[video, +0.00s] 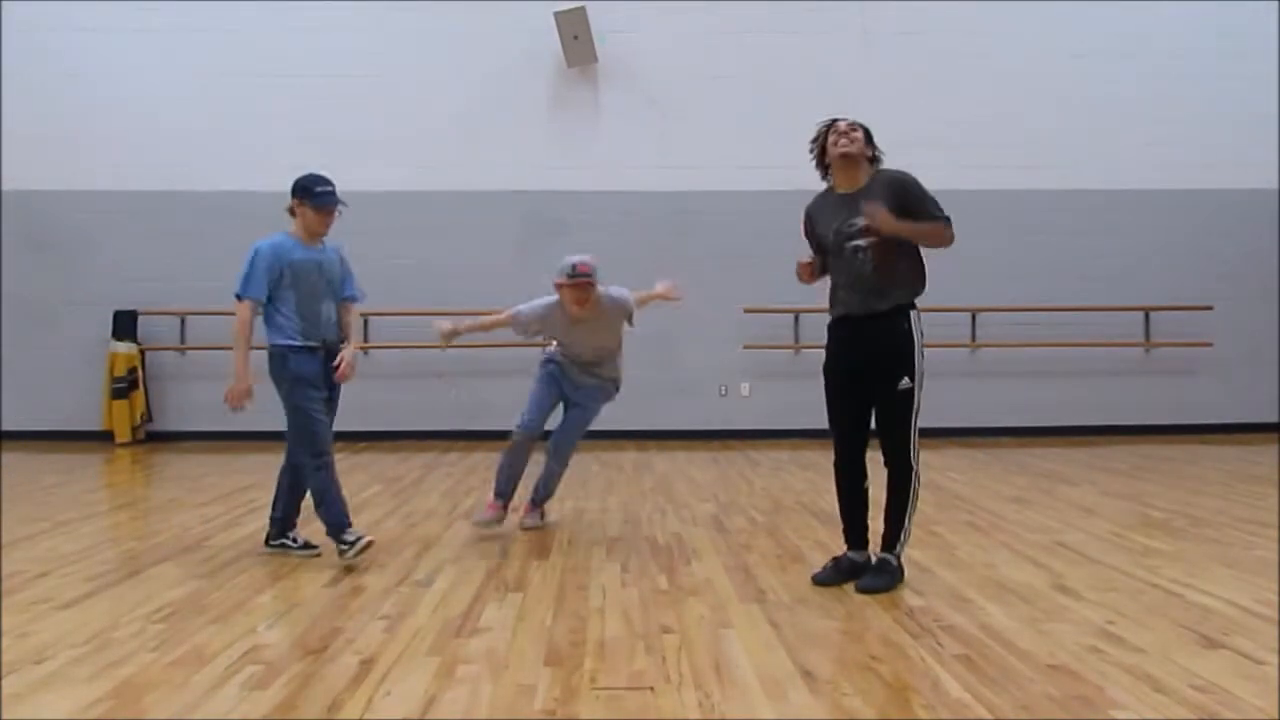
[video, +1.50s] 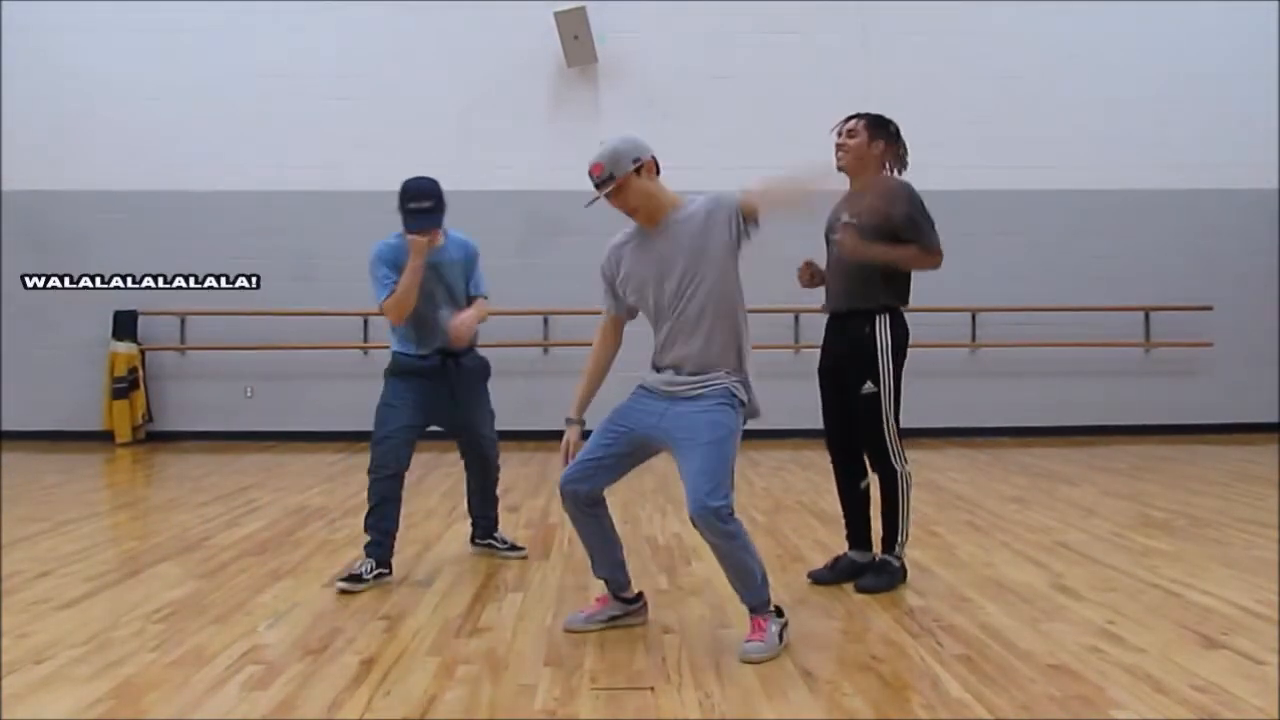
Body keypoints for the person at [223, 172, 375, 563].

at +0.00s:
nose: (329, 219)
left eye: (332, 211)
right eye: (321, 211)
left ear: (335, 211)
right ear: (297, 208)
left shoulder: (333, 254)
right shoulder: (270, 251)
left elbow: (348, 306)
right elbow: (245, 312)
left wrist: (351, 344)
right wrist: (242, 375)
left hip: (329, 356)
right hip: (291, 356)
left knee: (305, 445)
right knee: (317, 442)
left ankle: (280, 530)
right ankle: (342, 532)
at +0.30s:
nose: (366, 216)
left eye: (370, 208)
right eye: (358, 208)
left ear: (375, 207)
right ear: (334, 205)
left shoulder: (377, 248)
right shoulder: (312, 253)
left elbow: (388, 303)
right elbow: (290, 316)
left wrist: (394, 354)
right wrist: (312, 372)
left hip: (369, 358)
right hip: (333, 358)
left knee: (337, 449)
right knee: (352, 452)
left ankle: (290, 520)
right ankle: (362, 542)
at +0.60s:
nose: (414, 215)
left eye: (420, 207)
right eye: (407, 206)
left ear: (424, 206)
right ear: (384, 201)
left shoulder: (407, 244)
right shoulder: (359, 245)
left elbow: (404, 290)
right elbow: (314, 293)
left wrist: (418, 321)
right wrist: (354, 335)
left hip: (410, 354)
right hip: (374, 358)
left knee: (431, 435)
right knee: (375, 447)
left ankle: (398, 521)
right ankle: (364, 542)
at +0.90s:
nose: (461, 224)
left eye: (466, 216)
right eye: (454, 215)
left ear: (471, 216)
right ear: (430, 210)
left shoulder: (450, 255)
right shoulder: (406, 247)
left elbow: (447, 308)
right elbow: (383, 305)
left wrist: (476, 317)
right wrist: (438, 295)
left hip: (455, 365)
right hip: (415, 367)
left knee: (479, 448)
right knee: (404, 454)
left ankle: (485, 533)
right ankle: (368, 540)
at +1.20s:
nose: (473, 227)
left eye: (480, 220)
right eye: (466, 219)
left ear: (490, 216)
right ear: (450, 211)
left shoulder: (491, 251)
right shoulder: (424, 246)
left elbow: (518, 308)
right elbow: (426, 304)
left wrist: (517, 277)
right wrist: (461, 258)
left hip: (478, 367)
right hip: (428, 365)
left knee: (490, 449)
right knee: (412, 449)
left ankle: (485, 532)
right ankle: (395, 541)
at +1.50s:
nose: (427, 234)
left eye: (432, 225)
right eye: (417, 227)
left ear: (443, 217)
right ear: (403, 221)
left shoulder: (463, 250)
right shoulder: (387, 254)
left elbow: (481, 302)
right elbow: (395, 314)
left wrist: (471, 316)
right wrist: (417, 258)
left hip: (461, 372)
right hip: (409, 373)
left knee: (484, 452)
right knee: (387, 458)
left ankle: (485, 532)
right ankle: (377, 558)